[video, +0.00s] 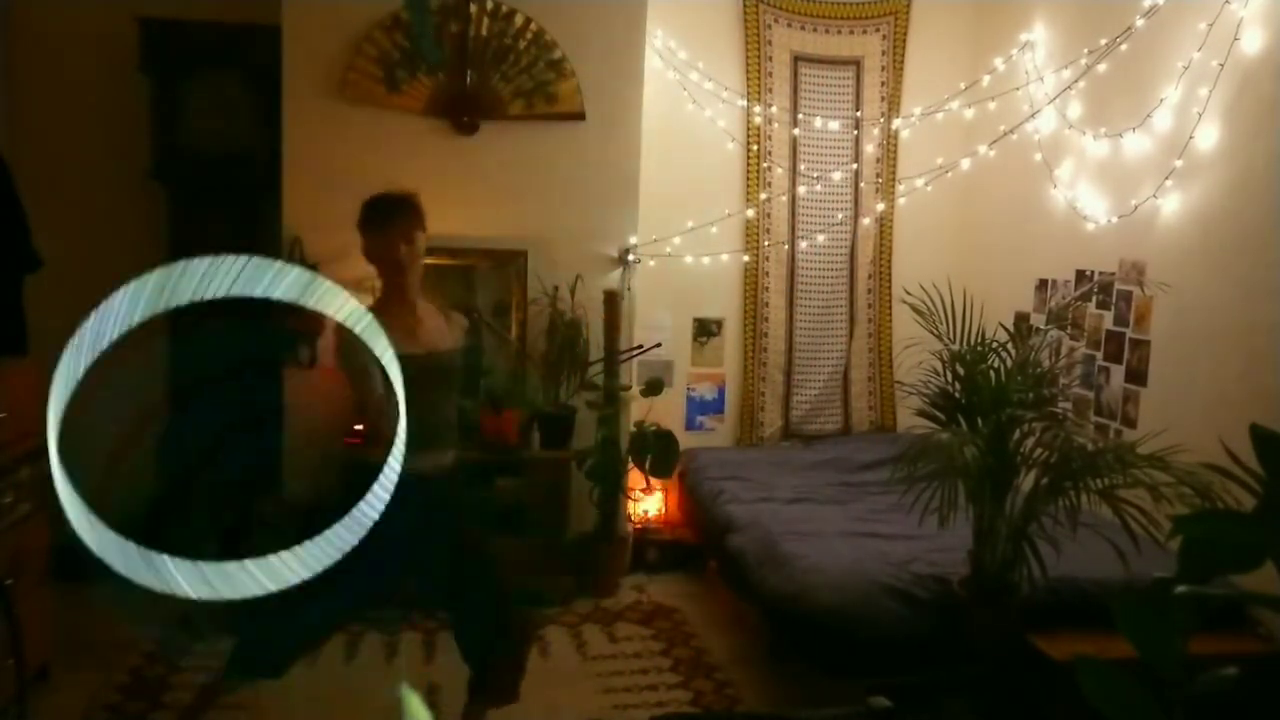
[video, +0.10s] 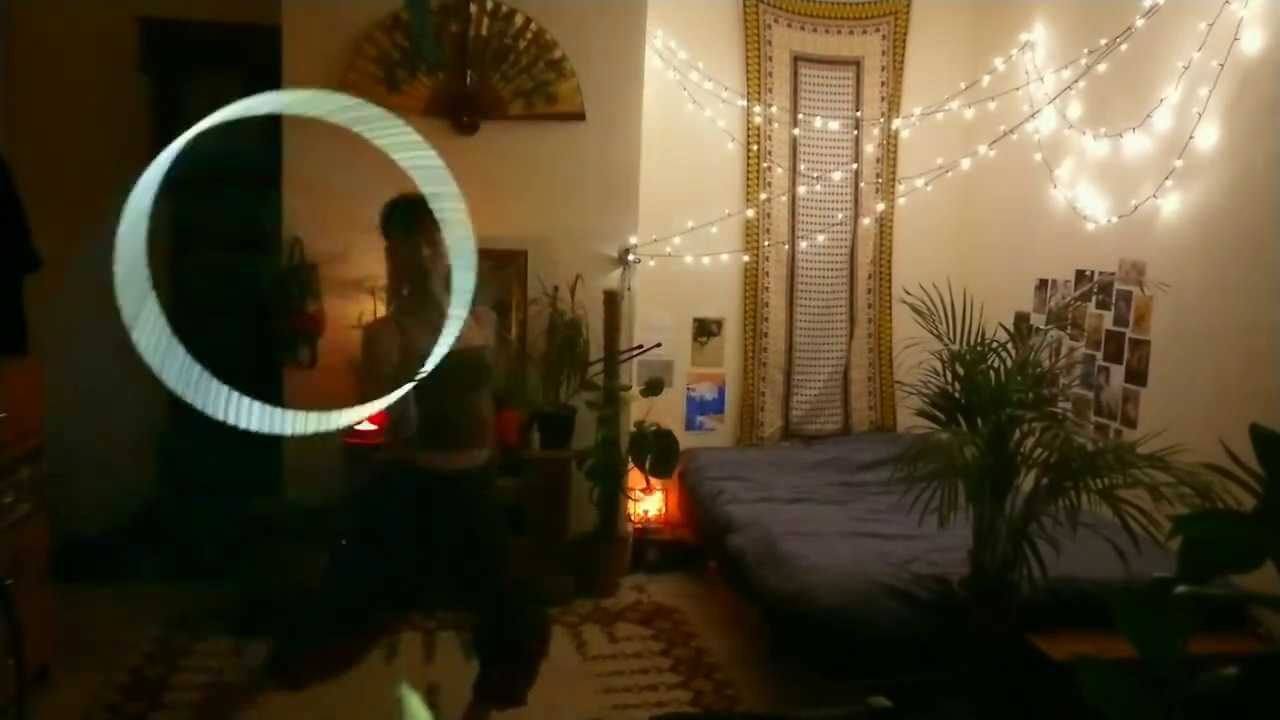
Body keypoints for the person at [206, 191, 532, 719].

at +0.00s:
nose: (406, 248)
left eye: (413, 235)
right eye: (391, 236)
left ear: (425, 240)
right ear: (369, 246)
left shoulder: (459, 328)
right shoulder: (359, 333)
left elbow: (480, 408)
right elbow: (356, 425)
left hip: (453, 488)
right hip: (385, 492)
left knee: (501, 640)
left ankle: (472, 710)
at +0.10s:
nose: (428, 257)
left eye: (435, 242)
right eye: (413, 245)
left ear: (448, 247)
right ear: (392, 255)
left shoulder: (481, 323)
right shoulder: (384, 335)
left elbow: (501, 395)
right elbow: (393, 427)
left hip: (475, 484)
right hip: (407, 484)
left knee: (514, 628)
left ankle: (478, 709)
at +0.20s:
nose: (446, 253)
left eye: (454, 239)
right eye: (433, 242)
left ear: (469, 243)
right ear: (409, 250)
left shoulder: (501, 316)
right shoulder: (403, 326)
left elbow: (529, 401)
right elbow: (379, 396)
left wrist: (551, 475)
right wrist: (395, 288)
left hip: (496, 479)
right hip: (432, 480)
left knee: (523, 620)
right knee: (429, 625)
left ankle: (485, 708)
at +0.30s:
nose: (468, 250)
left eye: (476, 236)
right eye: (456, 237)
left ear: (487, 242)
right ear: (433, 248)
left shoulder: (518, 314)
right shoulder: (424, 326)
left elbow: (561, 395)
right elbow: (415, 430)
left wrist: (612, 468)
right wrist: (477, 454)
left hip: (529, 478)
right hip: (464, 486)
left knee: (514, 623)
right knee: (526, 625)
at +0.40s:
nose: (477, 246)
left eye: (487, 231)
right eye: (464, 234)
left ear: (503, 232)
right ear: (445, 240)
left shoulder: (531, 303)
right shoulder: (442, 312)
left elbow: (579, 380)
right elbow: (459, 401)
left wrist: (631, 440)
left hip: (536, 465)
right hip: (474, 470)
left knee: (539, 588)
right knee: (501, 590)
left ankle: (515, 698)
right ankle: (500, 697)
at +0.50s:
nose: (489, 240)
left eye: (499, 225)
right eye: (476, 227)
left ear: (514, 228)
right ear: (457, 232)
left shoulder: (542, 304)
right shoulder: (444, 305)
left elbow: (597, 384)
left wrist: (653, 451)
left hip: (542, 473)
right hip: (476, 476)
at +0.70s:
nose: (513, 237)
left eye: (521, 221)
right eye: (499, 224)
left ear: (537, 223)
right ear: (481, 228)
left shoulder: (563, 293)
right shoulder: (468, 301)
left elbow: (602, 374)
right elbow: (459, 399)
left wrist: (646, 443)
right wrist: (544, 432)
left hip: (576, 480)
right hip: (514, 485)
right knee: (540, 614)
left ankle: (568, 705)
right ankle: (555, 709)